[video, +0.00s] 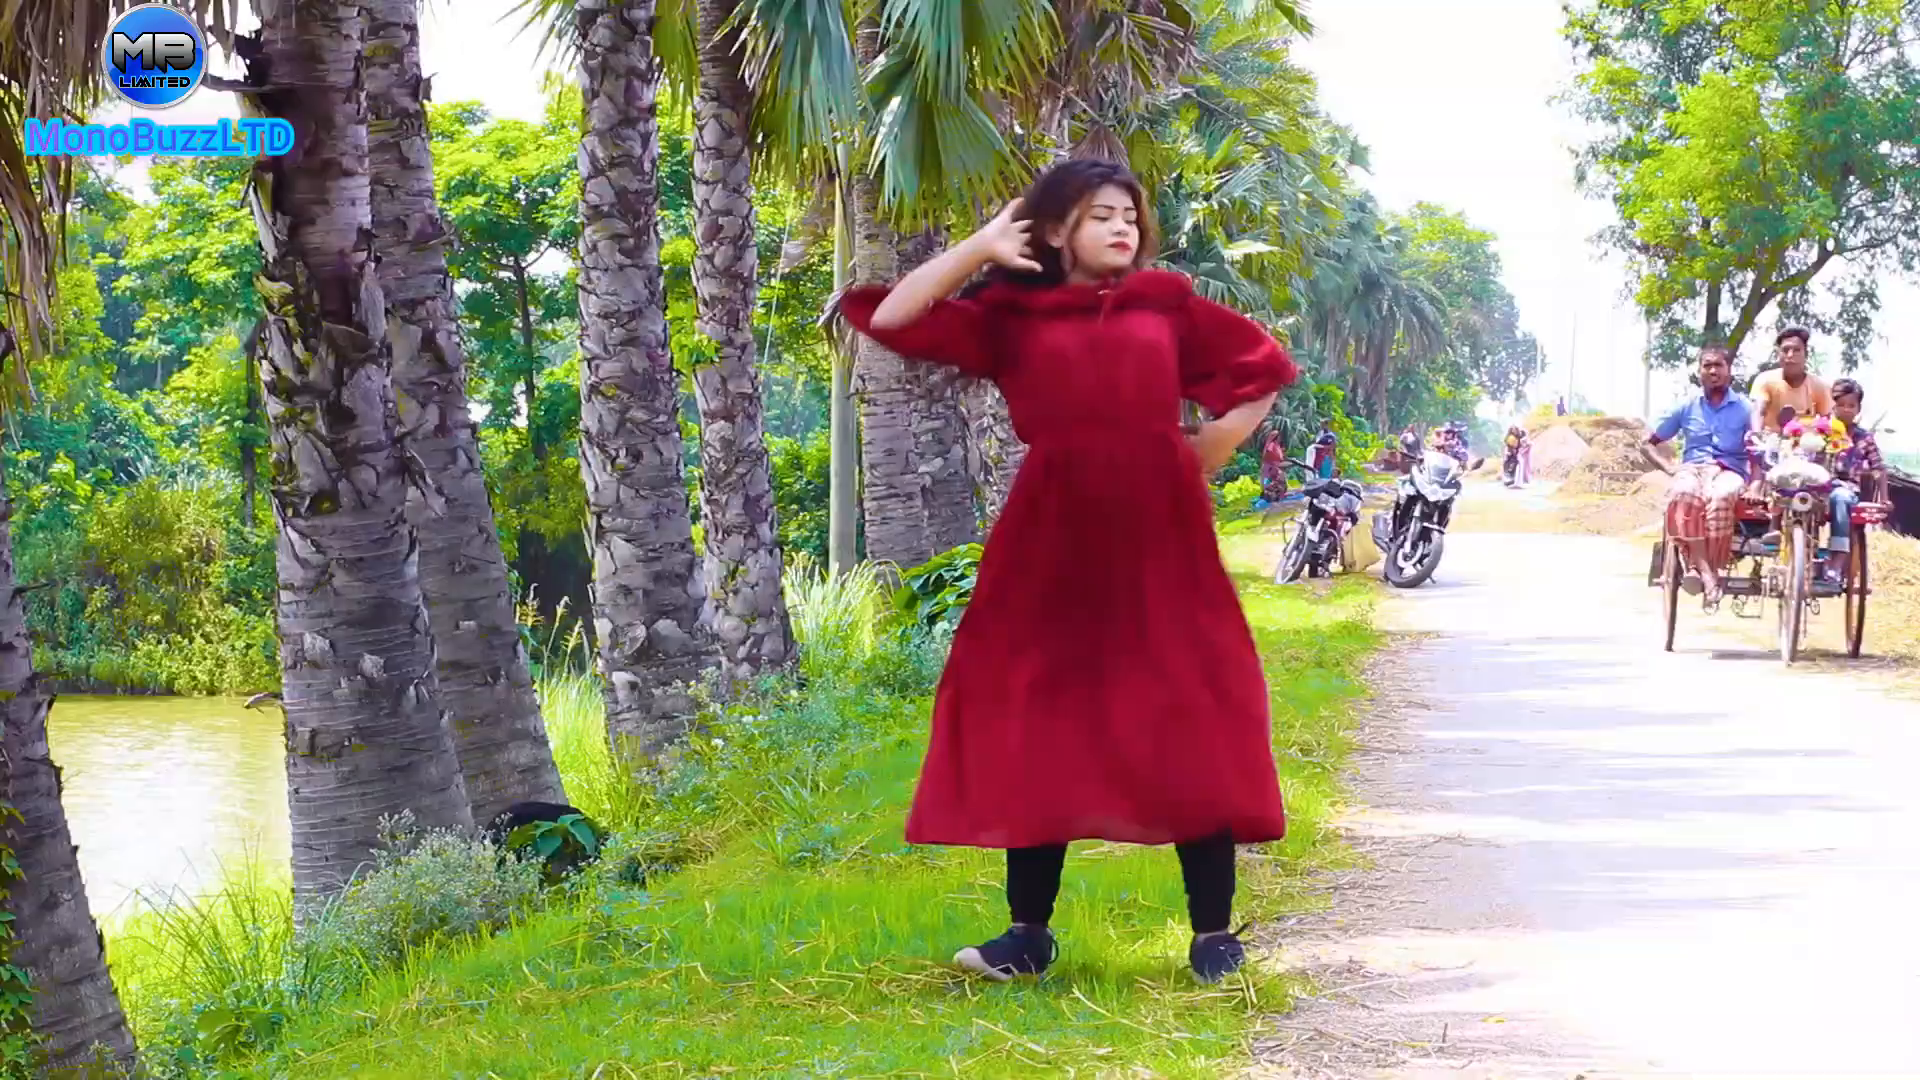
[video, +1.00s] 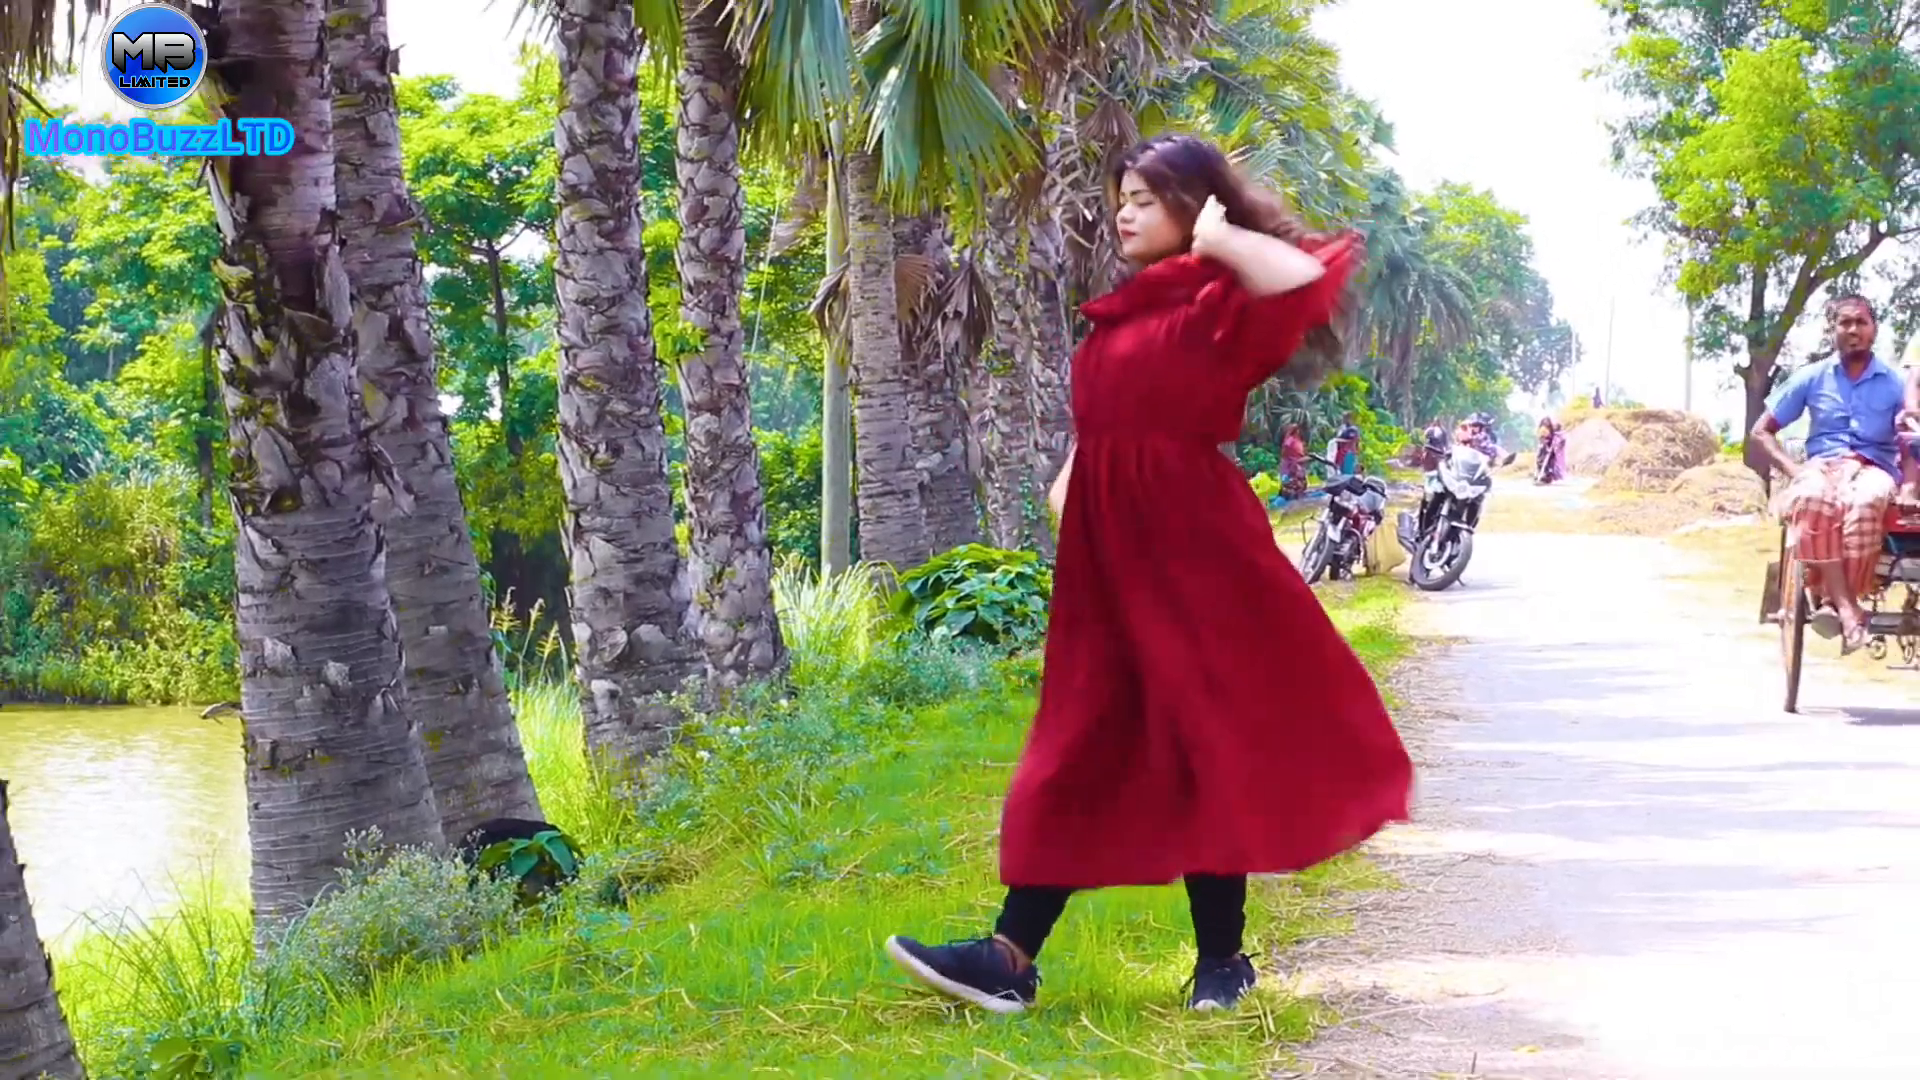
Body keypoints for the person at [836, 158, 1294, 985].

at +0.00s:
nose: (1121, 229)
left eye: (1129, 217)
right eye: (1102, 216)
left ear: (1140, 231)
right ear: (1053, 231)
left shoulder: (1164, 299)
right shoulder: (1011, 315)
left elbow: (1266, 365)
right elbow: (891, 319)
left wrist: (1215, 444)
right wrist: (978, 248)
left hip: (1157, 536)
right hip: (1053, 539)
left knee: (1191, 726)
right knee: (1036, 729)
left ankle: (1212, 935)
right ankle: (1028, 933)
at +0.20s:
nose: (1144, 226)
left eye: (1150, 212)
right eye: (1124, 213)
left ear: (1160, 223)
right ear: (1080, 225)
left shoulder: (1190, 301)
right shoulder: (1030, 306)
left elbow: (1305, 377)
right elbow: (1034, 329)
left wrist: (1226, 453)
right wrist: (1063, 234)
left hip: (1188, 537)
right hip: (1075, 542)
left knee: (1218, 740)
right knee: (1050, 738)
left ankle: (1229, 965)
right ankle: (1034, 962)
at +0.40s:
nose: (1150, 217)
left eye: (1158, 205)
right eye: (1131, 204)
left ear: (1170, 223)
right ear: (1082, 219)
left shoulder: (1190, 313)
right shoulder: (1039, 300)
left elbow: (1255, 410)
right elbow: (911, 278)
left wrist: (1184, 482)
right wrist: (1016, 220)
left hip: (1171, 544)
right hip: (1064, 541)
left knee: (1198, 737)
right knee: (1042, 737)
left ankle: (1218, 940)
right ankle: (1029, 945)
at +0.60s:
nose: (1169, 199)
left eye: (1183, 189)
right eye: (1148, 188)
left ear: (1203, 212)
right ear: (1112, 213)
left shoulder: (1240, 304)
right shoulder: (1066, 312)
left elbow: (1352, 395)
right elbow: (951, 406)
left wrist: (1257, 379)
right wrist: (1013, 302)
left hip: (1210, 553)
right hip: (1093, 551)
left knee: (1220, 756)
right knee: (1049, 759)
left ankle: (1232, 974)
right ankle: (1032, 973)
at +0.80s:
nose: (1133, 218)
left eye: (1153, 205)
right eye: (1124, 207)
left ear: (1194, 220)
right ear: (1114, 227)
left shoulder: (1237, 302)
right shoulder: (1097, 327)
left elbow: (1286, 344)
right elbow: (1060, 433)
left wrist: (1210, 247)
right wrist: (1038, 519)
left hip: (1200, 546)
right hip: (1104, 546)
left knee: (1198, 734)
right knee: (1027, 724)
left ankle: (1211, 944)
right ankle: (1018, 926)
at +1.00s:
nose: (1122, 216)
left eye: (1142, 202)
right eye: (1121, 202)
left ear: (1192, 214)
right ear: (1123, 215)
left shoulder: (1221, 296)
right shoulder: (1120, 313)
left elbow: (1306, 281)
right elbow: (1113, 420)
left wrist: (1217, 233)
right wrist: (1069, 474)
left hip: (1192, 551)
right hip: (1109, 548)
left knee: (1202, 746)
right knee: (1074, 746)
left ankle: (1221, 961)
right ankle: (1011, 954)